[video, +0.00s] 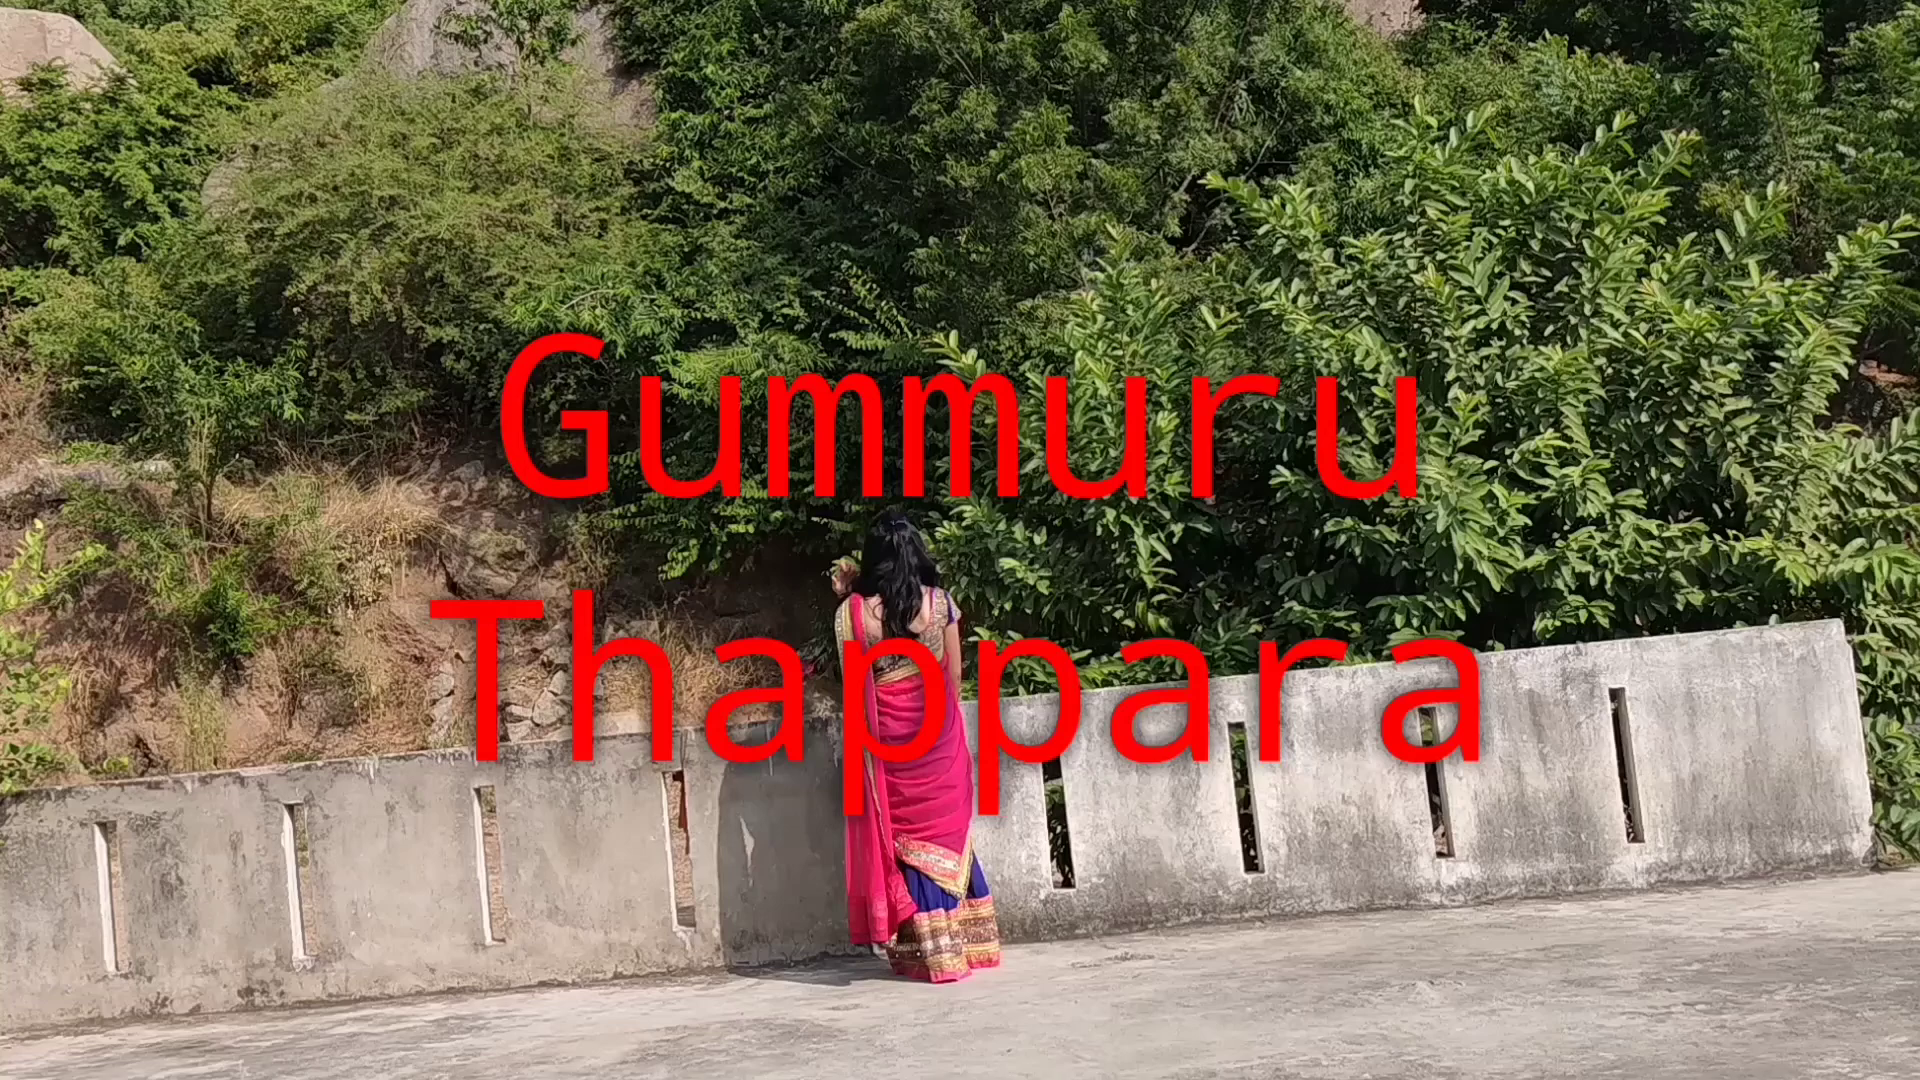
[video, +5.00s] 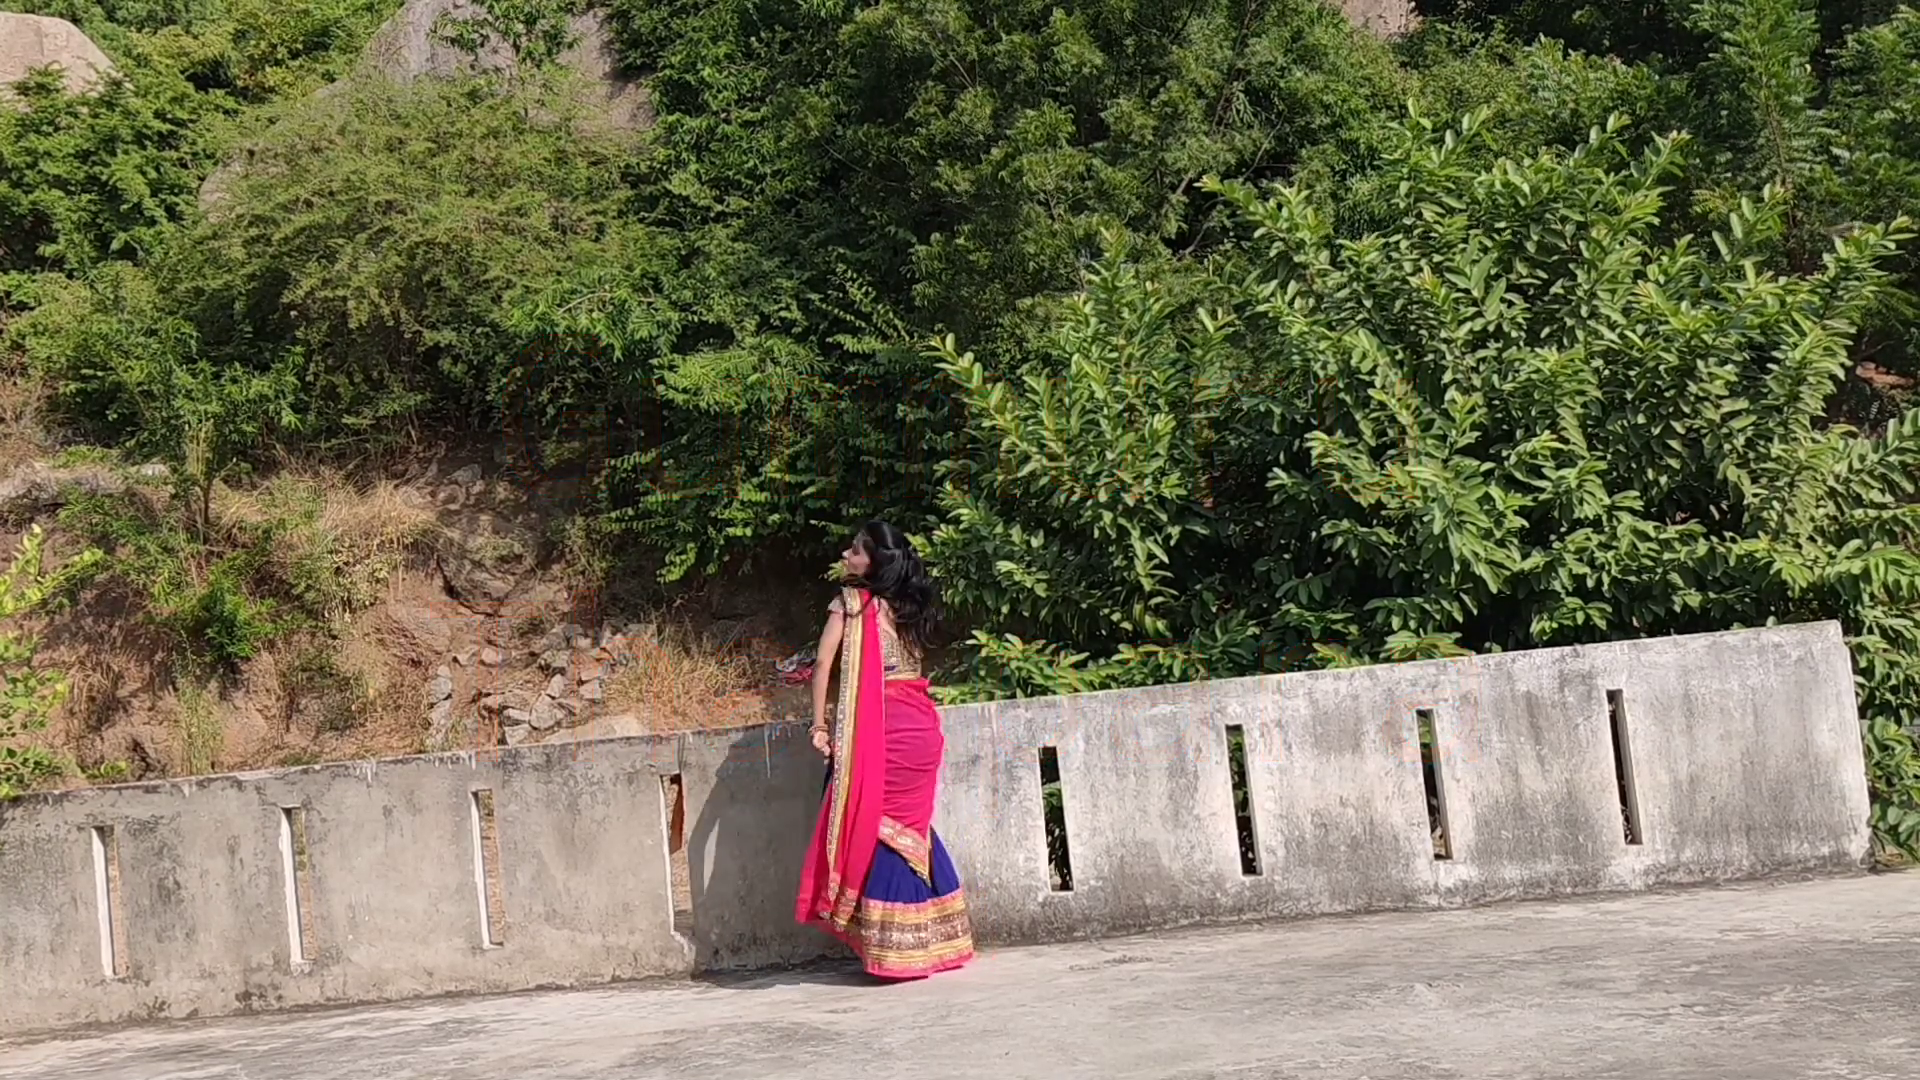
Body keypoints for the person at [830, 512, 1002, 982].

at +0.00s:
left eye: (873, 549)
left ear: (872, 556)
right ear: (919, 553)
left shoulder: (854, 611)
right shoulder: (942, 602)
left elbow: (852, 678)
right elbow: (953, 673)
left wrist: (845, 599)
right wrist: (951, 720)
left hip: (885, 729)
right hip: (937, 725)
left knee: (897, 831)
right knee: (945, 827)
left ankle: (917, 946)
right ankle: (954, 944)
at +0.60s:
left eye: (880, 554)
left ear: (875, 561)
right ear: (922, 556)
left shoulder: (864, 613)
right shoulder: (944, 605)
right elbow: (954, 673)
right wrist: (945, 717)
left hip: (889, 730)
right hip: (939, 727)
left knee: (897, 831)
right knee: (945, 828)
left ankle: (915, 947)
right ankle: (959, 940)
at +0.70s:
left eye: (874, 552)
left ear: (871, 559)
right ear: (917, 556)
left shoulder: (861, 604)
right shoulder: (939, 602)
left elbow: (814, 597)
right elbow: (951, 671)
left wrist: (834, 586)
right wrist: (941, 712)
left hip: (886, 723)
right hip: (936, 721)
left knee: (894, 828)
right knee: (944, 825)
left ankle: (912, 946)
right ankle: (956, 939)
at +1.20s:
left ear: (856, 563)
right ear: (904, 562)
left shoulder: (839, 616)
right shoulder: (923, 609)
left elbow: (808, 657)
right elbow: (931, 670)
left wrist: (813, 609)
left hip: (871, 734)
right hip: (921, 730)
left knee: (884, 833)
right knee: (935, 829)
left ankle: (907, 951)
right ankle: (951, 942)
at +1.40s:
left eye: (849, 557)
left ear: (848, 562)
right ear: (895, 559)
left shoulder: (833, 615)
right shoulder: (919, 606)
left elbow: (836, 688)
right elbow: (930, 672)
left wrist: (856, 729)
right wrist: (926, 724)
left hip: (868, 732)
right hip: (917, 726)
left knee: (881, 833)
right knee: (928, 827)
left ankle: (906, 951)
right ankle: (948, 942)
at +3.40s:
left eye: (848, 556)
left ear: (846, 562)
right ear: (892, 558)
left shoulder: (829, 616)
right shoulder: (919, 607)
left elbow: (832, 687)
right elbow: (934, 674)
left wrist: (845, 740)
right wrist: (931, 726)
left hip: (867, 739)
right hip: (919, 732)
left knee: (878, 837)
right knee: (930, 831)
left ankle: (893, 953)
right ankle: (945, 945)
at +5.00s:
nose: (846, 555)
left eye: (855, 551)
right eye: (850, 547)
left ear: (875, 563)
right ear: (886, 564)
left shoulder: (849, 600)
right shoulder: (904, 602)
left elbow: (824, 664)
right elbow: (910, 668)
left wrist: (819, 723)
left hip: (881, 729)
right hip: (924, 726)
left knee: (877, 827)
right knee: (915, 827)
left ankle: (891, 947)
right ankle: (934, 941)